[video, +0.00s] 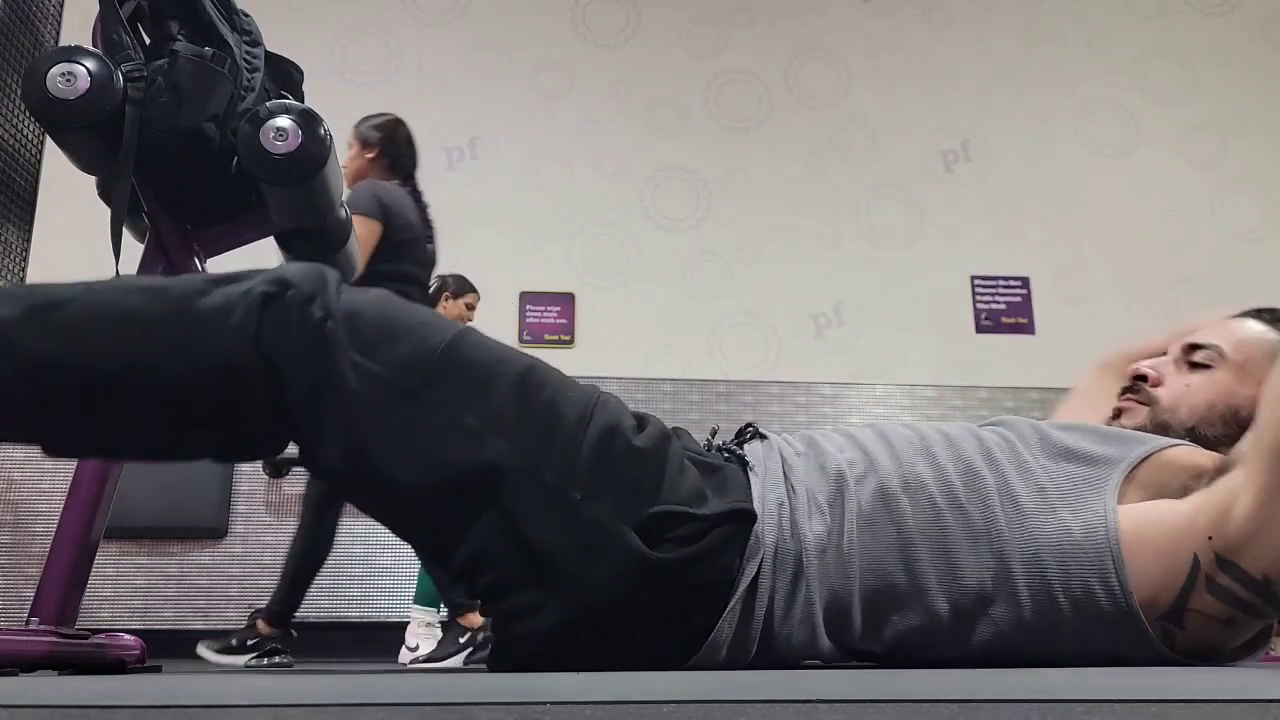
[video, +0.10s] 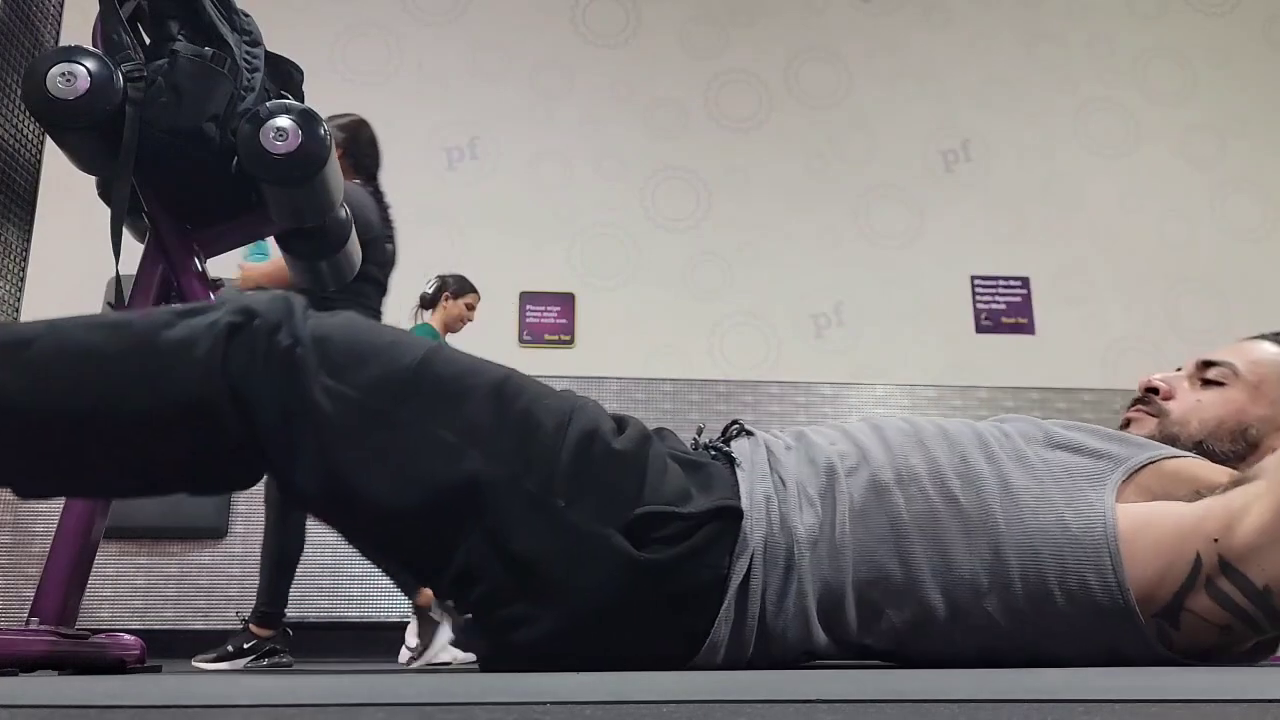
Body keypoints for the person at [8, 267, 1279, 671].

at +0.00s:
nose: (1179, 364)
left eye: (1217, 368)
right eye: (1183, 347)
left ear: (1249, 427)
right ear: (1144, 370)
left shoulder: (1193, 547)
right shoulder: (1082, 457)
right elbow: (1108, 373)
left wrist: (1239, 363)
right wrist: (1155, 375)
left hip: (694, 558)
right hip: (676, 497)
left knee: (308, 324)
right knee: (310, 320)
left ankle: (12, 340)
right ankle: (19, 336)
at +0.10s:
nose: (1193, 378)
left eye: (1224, 383)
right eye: (1203, 369)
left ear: (1254, 436)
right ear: (1187, 408)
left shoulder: (1205, 548)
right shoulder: (1131, 480)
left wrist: (1249, 428)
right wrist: (1235, 418)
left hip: (689, 554)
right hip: (682, 488)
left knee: (272, 353)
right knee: (281, 347)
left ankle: (7, 390)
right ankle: (19, 389)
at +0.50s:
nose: (1193, 397)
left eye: (1224, 406)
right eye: (1204, 388)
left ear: (1253, 467)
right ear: (1177, 421)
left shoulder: (1209, 546)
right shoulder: (1115, 477)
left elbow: (1279, 607)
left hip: (673, 540)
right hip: (664, 474)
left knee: (223, 470)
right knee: (248, 451)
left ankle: (19, 527)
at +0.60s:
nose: (1196, 396)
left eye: (1226, 406)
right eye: (1208, 388)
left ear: (1251, 465)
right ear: (1183, 424)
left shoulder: (1206, 548)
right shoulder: (1127, 488)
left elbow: (1279, 592)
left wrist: (1248, 460)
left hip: (664, 539)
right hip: (660, 482)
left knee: (218, 470)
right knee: (230, 462)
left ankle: (11, 526)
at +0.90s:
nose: (1192, 394)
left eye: (1225, 402)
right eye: (1204, 384)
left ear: (1243, 459)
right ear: (1177, 414)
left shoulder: (1181, 556)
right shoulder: (1112, 478)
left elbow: (1267, 507)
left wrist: (1242, 429)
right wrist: (1233, 421)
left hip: (664, 564)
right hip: (662, 490)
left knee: (277, 333)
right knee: (292, 329)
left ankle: (14, 355)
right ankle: (41, 349)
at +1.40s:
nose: (920, 244)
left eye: (949, 218)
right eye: (919, 222)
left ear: (1054, 225)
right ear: (948, 237)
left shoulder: (1101, 341)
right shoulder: (929, 386)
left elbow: (800, 250)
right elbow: (707, 315)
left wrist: (583, 150)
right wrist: (542, 180)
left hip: (715, 577)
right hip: (689, 533)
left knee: (457, 207)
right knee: (459, 205)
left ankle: (73, 175)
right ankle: (96, 166)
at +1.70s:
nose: (767, 143)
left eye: (794, 114)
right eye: (770, 122)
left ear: (895, 109)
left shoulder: (942, 221)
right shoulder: (836, 307)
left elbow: (641, 156)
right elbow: (627, 290)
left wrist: (426, 73)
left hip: (659, 576)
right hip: (625, 594)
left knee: (546, 201)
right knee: (538, 215)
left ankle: (193, 128)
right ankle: (224, 153)